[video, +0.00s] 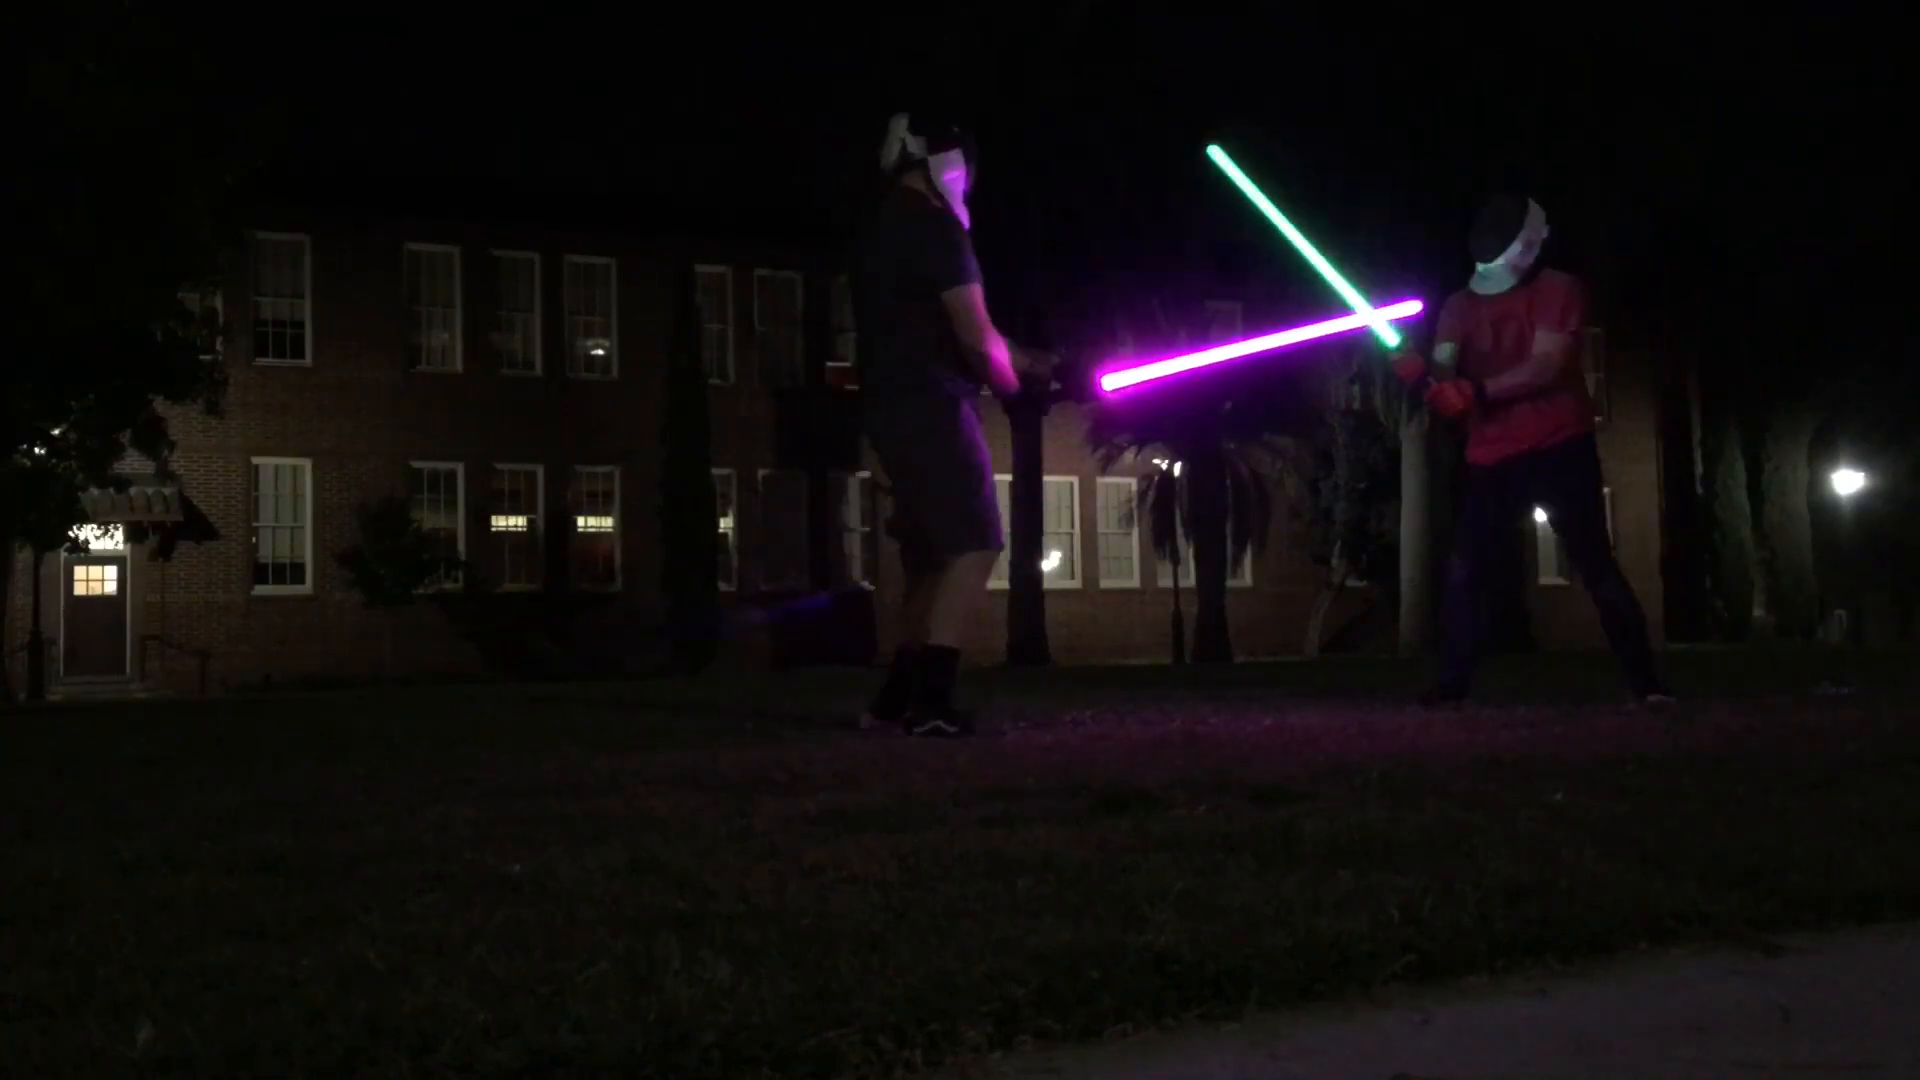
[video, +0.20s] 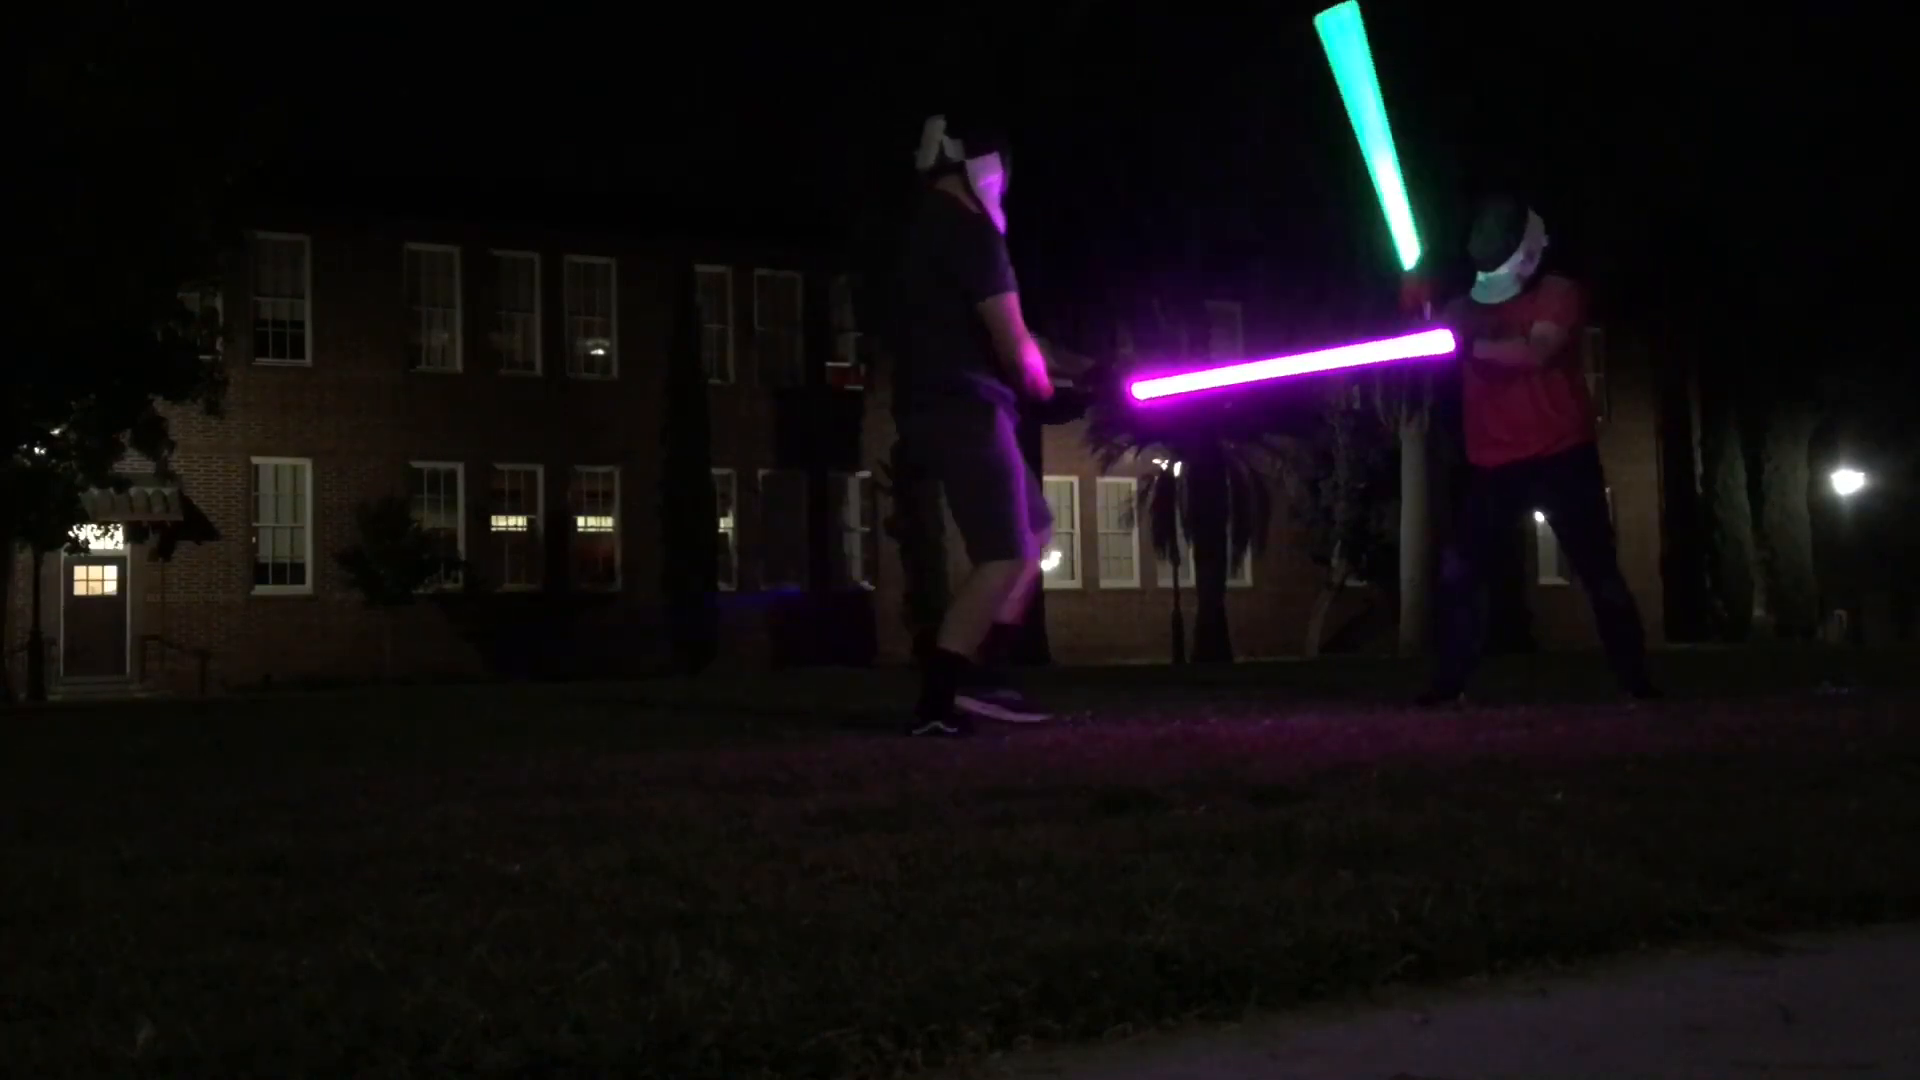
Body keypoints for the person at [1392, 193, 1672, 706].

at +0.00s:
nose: (1531, 250)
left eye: (1525, 243)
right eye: (1524, 241)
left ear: (1528, 244)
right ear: (1504, 246)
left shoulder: (1557, 292)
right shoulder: (1458, 308)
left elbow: (1545, 367)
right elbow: (1444, 386)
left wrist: (1476, 391)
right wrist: (1422, 376)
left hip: (1561, 452)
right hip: (1491, 462)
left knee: (1594, 568)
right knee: (1469, 569)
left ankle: (1646, 684)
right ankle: (1452, 684)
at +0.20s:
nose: (1494, 277)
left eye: (1504, 265)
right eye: (1487, 268)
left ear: (1529, 253)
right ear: (1477, 259)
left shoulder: (1556, 295)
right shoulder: (1465, 308)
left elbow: (1536, 351)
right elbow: (1425, 344)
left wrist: (1465, 346)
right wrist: (1415, 312)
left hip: (1562, 458)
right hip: (1492, 465)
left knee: (1597, 573)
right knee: (1469, 572)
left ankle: (1635, 680)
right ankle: (1451, 681)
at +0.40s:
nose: (1476, 260)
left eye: (1486, 249)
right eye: (1471, 252)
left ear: (1508, 249)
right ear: (1462, 256)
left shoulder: (1540, 295)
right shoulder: (1452, 306)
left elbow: (1506, 323)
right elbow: (1405, 316)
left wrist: (1449, 278)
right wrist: (1420, 252)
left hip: (1540, 462)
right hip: (1474, 469)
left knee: (1587, 576)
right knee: (1447, 576)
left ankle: (1637, 684)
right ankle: (1423, 693)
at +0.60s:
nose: (1447, 243)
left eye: (1459, 229)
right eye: (1437, 231)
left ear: (1481, 236)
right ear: (1424, 240)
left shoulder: (1503, 287)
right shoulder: (1418, 295)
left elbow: (1488, 322)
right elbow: (1374, 314)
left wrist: (1422, 313)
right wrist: (1378, 274)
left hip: (1503, 456)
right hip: (1438, 460)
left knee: (1551, 568)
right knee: (1431, 574)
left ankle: (1607, 677)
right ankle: (1422, 688)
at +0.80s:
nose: (1430, 279)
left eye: (1440, 267)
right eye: (1421, 270)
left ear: (1463, 255)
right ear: (1410, 263)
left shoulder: (1490, 298)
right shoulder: (1402, 303)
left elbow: (1468, 331)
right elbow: (1371, 322)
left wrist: (1394, 323)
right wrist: (1351, 300)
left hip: (1485, 463)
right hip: (1423, 465)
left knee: (1503, 570)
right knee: (1423, 572)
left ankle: (1515, 679)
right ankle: (1421, 682)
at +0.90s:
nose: (1436, 288)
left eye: (1445, 277)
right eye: (1427, 278)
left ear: (1468, 263)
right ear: (1416, 267)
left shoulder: (1491, 302)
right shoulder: (1399, 312)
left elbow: (1474, 332)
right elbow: (1362, 351)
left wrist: (1407, 332)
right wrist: (1353, 315)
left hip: (1485, 466)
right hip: (1423, 467)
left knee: (1502, 574)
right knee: (1424, 574)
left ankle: (1513, 675)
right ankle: (1419, 681)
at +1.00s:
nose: (1454, 306)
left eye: (1462, 296)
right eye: (1446, 299)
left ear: (1480, 285)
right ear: (1435, 287)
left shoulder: (1499, 321)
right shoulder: (1411, 325)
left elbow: (1494, 344)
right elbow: (1377, 372)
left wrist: (1432, 344)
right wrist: (1375, 326)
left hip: (1488, 471)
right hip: (1428, 472)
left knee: (1503, 573)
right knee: (1437, 569)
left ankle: (1504, 672)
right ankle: (1420, 680)